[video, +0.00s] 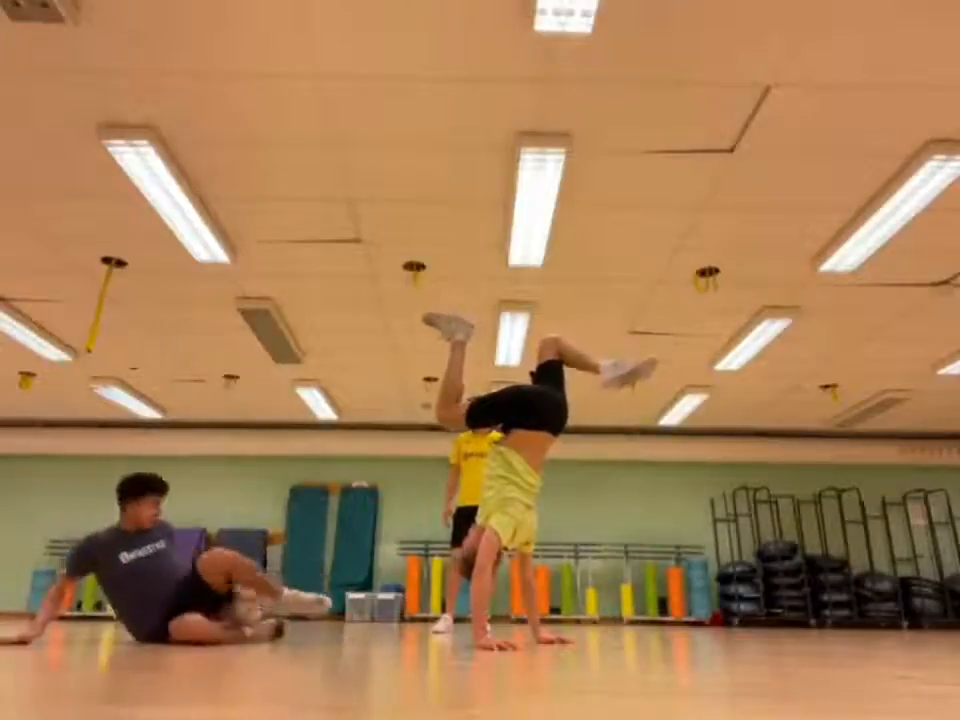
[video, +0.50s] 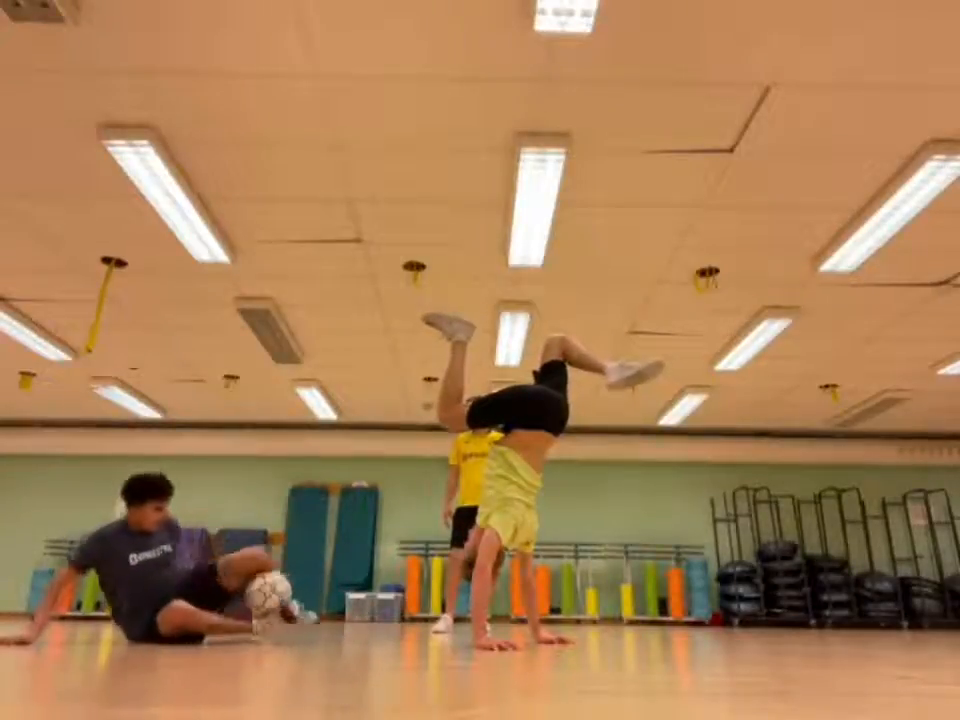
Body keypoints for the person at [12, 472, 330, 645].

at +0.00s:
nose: (159, 512)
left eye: (159, 506)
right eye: (153, 506)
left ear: (153, 507)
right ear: (129, 506)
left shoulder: (162, 532)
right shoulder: (96, 547)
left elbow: (175, 575)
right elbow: (60, 591)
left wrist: (222, 606)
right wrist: (35, 632)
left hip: (187, 592)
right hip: (158, 621)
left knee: (221, 557)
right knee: (198, 628)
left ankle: (280, 597)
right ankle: (252, 632)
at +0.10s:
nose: (163, 517)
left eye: (164, 509)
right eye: (158, 508)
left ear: (154, 509)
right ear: (134, 507)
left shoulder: (164, 536)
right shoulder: (103, 545)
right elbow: (60, 584)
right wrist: (37, 629)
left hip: (190, 596)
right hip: (157, 623)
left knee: (216, 536)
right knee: (193, 617)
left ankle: (260, 583)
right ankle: (260, 631)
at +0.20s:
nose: (164, 520)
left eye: (164, 512)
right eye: (159, 512)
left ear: (156, 513)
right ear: (135, 511)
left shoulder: (163, 536)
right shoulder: (103, 546)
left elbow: (169, 577)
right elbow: (58, 583)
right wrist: (33, 633)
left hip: (185, 599)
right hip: (155, 625)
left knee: (205, 519)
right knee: (195, 610)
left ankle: (226, 580)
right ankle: (267, 624)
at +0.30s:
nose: (160, 519)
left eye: (160, 512)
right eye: (154, 511)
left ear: (154, 512)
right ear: (131, 510)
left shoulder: (162, 535)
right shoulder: (98, 544)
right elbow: (54, 585)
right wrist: (32, 633)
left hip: (180, 598)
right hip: (150, 624)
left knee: (210, 524)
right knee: (193, 610)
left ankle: (233, 601)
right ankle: (270, 625)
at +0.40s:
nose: (159, 517)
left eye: (160, 510)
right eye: (153, 510)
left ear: (151, 510)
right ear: (129, 509)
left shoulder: (160, 532)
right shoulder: (97, 544)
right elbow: (54, 584)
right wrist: (32, 633)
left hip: (180, 593)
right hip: (147, 623)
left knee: (233, 539)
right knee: (187, 611)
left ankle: (260, 599)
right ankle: (262, 624)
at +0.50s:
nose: (165, 515)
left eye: (166, 508)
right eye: (158, 508)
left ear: (162, 506)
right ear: (135, 508)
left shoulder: (170, 530)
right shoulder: (103, 541)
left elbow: (194, 567)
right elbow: (65, 579)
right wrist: (35, 630)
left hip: (186, 591)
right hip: (146, 617)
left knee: (255, 557)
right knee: (179, 613)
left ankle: (280, 605)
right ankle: (256, 626)